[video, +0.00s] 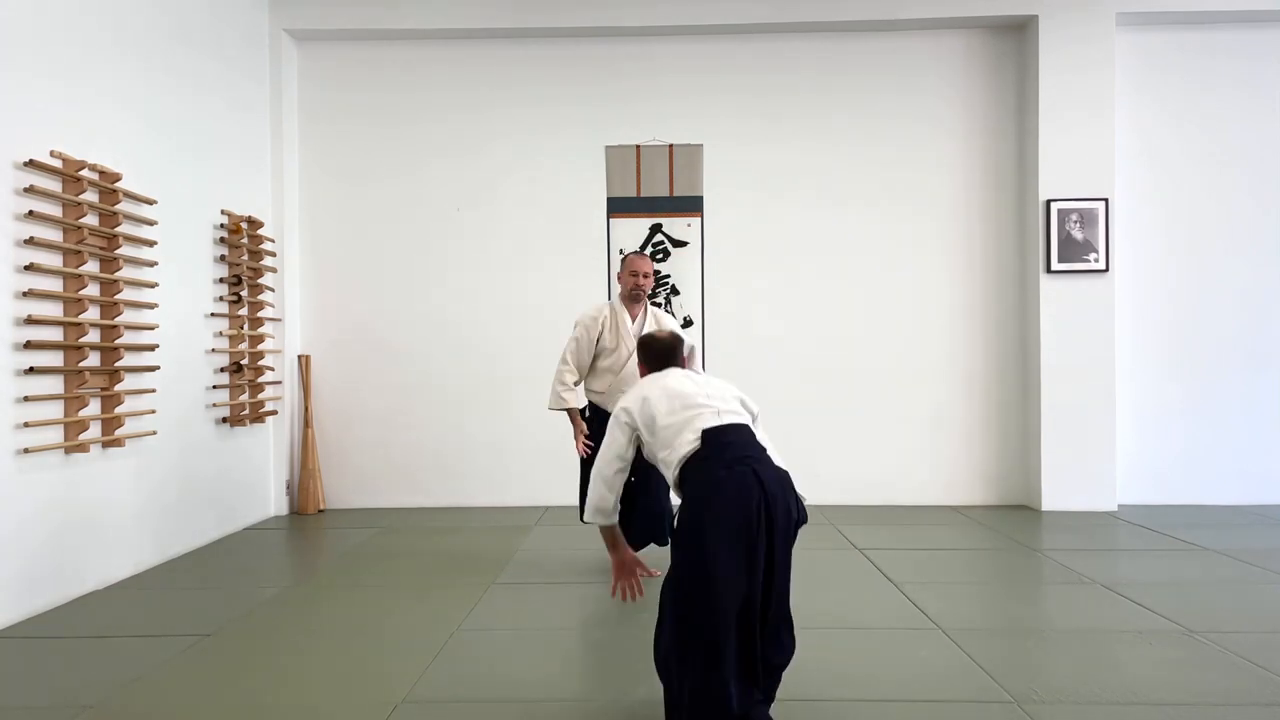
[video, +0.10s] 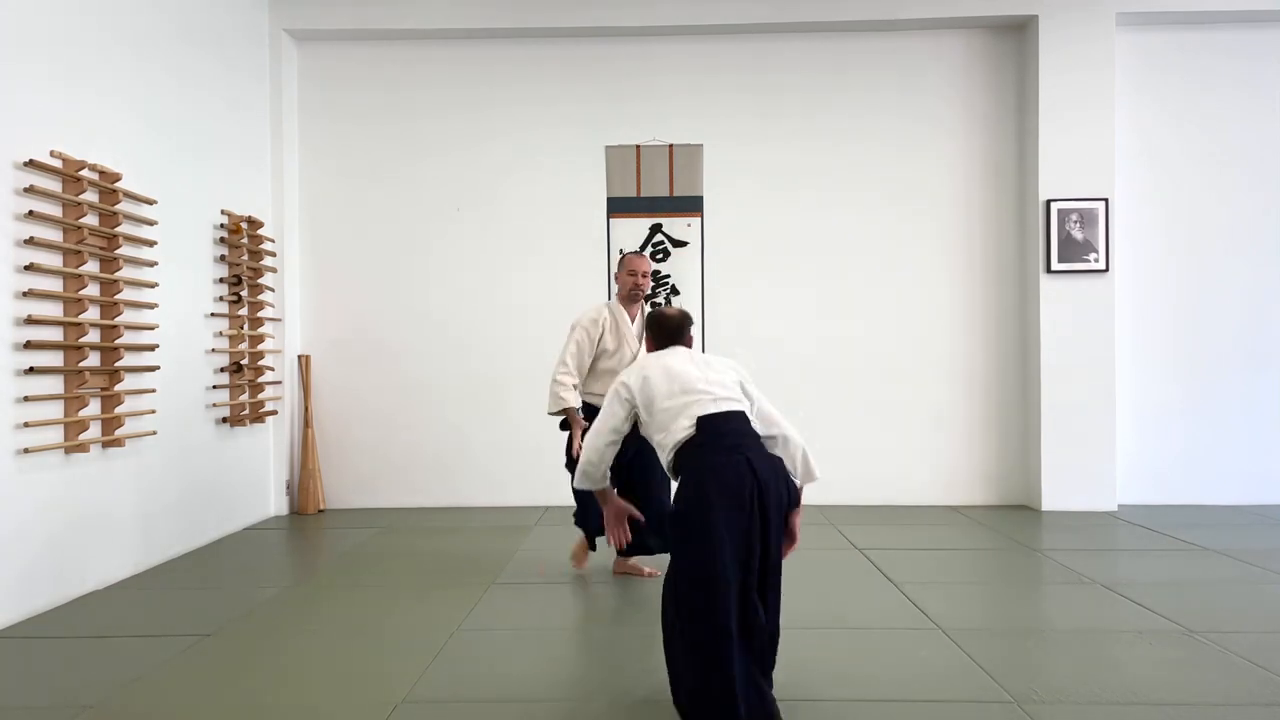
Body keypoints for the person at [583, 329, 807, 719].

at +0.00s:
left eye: (637, 365)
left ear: (640, 368)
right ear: (687, 361)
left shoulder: (636, 400)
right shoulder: (721, 386)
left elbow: (601, 492)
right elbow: (758, 447)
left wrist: (619, 552)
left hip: (717, 497)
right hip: (776, 493)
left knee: (693, 623)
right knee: (764, 612)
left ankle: (701, 707)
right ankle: (755, 706)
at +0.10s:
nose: (642, 343)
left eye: (643, 338)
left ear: (646, 342)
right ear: (692, 340)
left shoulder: (636, 376)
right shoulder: (724, 366)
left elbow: (591, 459)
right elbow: (782, 434)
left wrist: (608, 501)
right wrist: (793, 505)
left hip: (710, 480)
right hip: (770, 476)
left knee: (696, 607)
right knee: (757, 598)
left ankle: (713, 708)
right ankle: (756, 704)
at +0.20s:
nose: (646, 314)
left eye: (648, 309)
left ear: (653, 317)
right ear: (696, 315)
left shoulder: (637, 351)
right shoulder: (729, 347)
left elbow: (594, 414)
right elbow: (787, 408)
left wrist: (609, 460)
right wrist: (793, 473)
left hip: (697, 464)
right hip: (755, 461)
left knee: (706, 588)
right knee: (751, 579)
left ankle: (730, 704)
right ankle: (761, 695)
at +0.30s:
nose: (647, 296)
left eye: (649, 291)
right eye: (652, 290)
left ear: (656, 298)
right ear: (696, 298)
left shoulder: (637, 336)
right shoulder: (727, 333)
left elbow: (614, 407)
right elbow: (783, 392)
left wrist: (614, 431)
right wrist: (764, 439)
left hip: (681, 445)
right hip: (738, 443)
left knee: (699, 558)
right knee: (743, 551)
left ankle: (730, 682)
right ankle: (753, 672)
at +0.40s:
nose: (638, 283)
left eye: (640, 278)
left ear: (646, 283)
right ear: (685, 282)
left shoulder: (631, 325)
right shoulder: (713, 318)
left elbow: (616, 392)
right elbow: (751, 377)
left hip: (678, 433)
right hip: (729, 430)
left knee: (665, 533)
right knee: (736, 541)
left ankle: (707, 625)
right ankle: (754, 666)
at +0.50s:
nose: (626, 267)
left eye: (629, 262)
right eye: (678, 258)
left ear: (635, 271)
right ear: (676, 270)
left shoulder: (620, 313)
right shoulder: (699, 305)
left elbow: (619, 350)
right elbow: (696, 343)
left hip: (663, 428)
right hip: (711, 421)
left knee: (659, 528)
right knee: (728, 531)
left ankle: (670, 625)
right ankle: (750, 648)